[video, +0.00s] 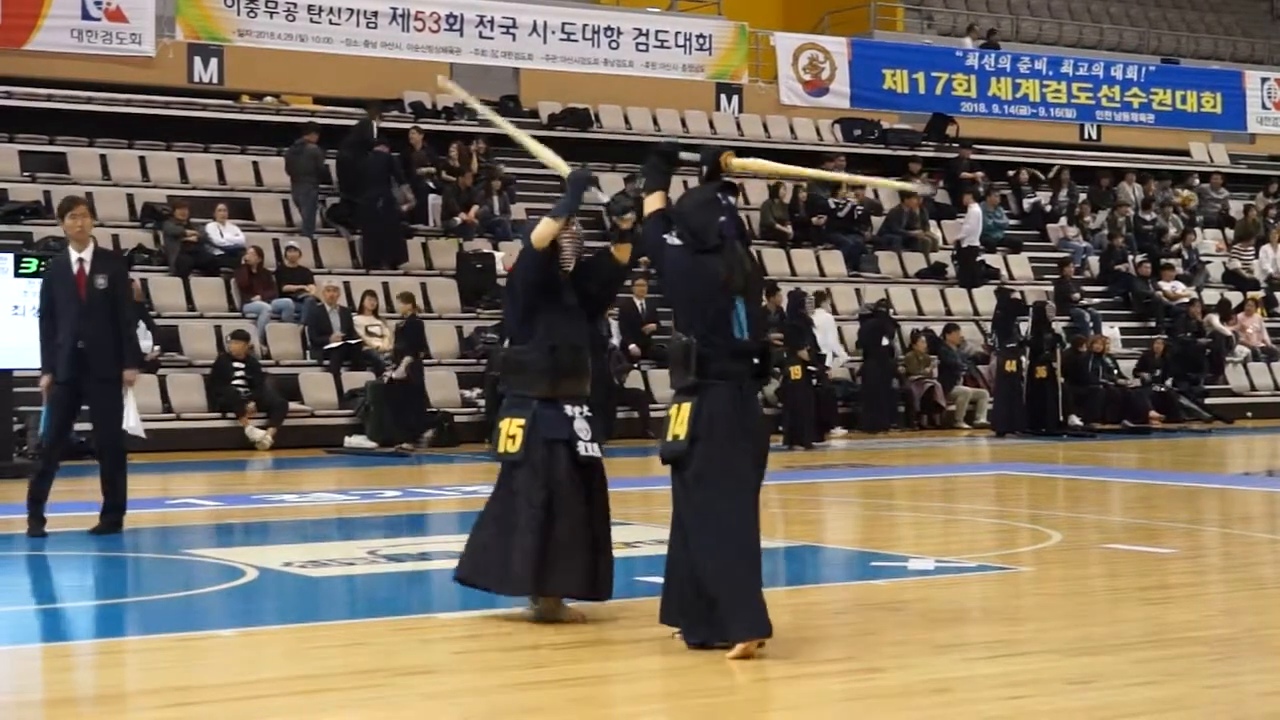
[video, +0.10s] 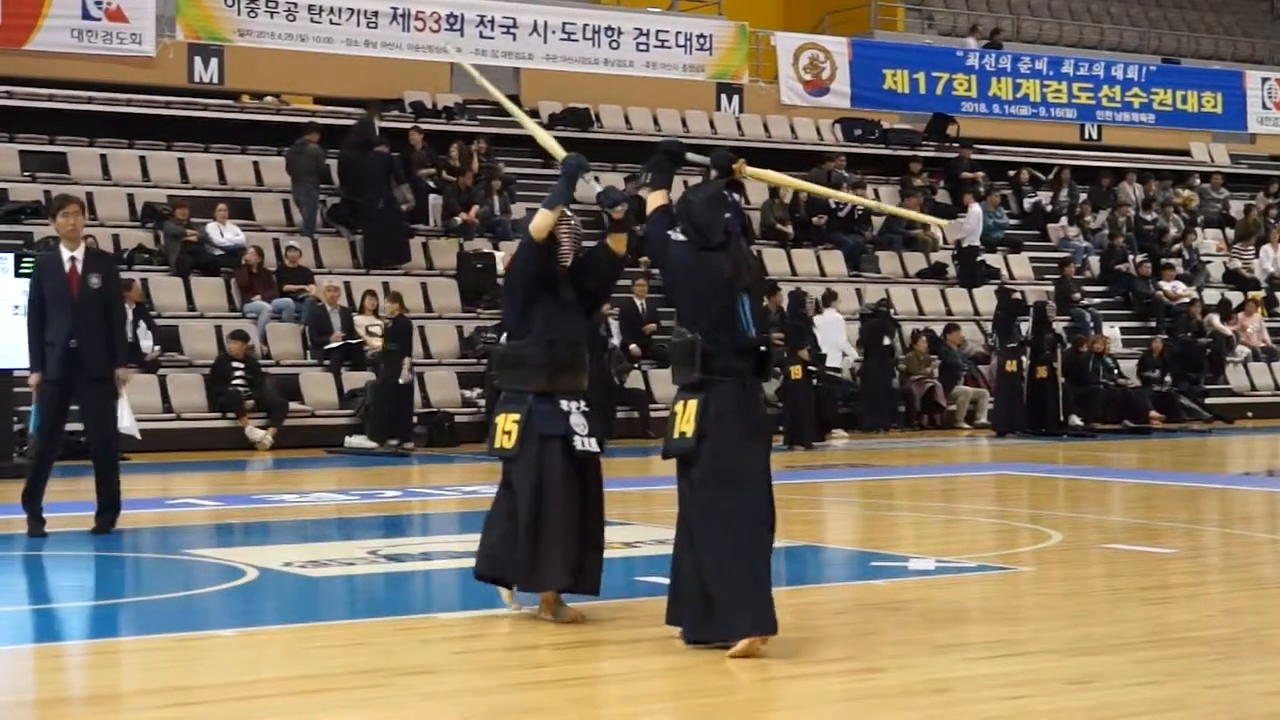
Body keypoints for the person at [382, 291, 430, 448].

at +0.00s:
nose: (398, 307)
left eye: (400, 304)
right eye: (398, 304)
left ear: (409, 305)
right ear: (407, 305)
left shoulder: (413, 322)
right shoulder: (404, 322)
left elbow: (412, 348)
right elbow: (401, 346)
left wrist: (403, 366)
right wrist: (394, 364)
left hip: (412, 364)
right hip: (404, 364)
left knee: (412, 399)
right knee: (409, 399)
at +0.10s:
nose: (385, 306)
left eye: (388, 303)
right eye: (385, 303)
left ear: (396, 304)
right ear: (394, 305)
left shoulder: (403, 322)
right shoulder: (392, 322)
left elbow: (406, 348)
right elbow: (390, 345)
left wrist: (405, 369)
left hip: (399, 366)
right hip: (389, 366)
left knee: (401, 401)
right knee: (392, 401)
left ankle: (404, 437)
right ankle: (394, 436)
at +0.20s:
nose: (373, 308)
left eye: (376, 305)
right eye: (373, 305)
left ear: (385, 306)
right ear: (385, 307)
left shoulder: (388, 323)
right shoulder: (386, 322)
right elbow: (379, 342)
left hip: (387, 368)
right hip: (384, 367)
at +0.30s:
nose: (359, 308)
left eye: (362, 304)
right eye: (360, 304)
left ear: (371, 306)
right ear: (370, 305)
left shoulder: (377, 323)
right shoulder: (368, 322)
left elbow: (387, 347)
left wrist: (399, 367)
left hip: (375, 367)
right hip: (366, 366)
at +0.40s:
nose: (349, 308)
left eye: (351, 304)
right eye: (349, 305)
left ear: (359, 304)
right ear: (354, 305)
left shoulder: (366, 321)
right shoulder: (354, 320)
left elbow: (376, 347)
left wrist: (382, 369)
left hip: (363, 364)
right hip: (352, 363)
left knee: (359, 398)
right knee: (352, 398)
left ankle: (356, 437)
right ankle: (351, 437)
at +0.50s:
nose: (338, 306)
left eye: (341, 303)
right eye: (337, 303)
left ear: (349, 303)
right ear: (338, 304)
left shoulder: (355, 320)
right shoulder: (342, 321)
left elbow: (360, 346)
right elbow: (339, 343)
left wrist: (360, 368)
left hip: (353, 361)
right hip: (341, 362)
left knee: (357, 397)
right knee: (343, 397)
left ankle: (365, 436)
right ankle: (347, 438)